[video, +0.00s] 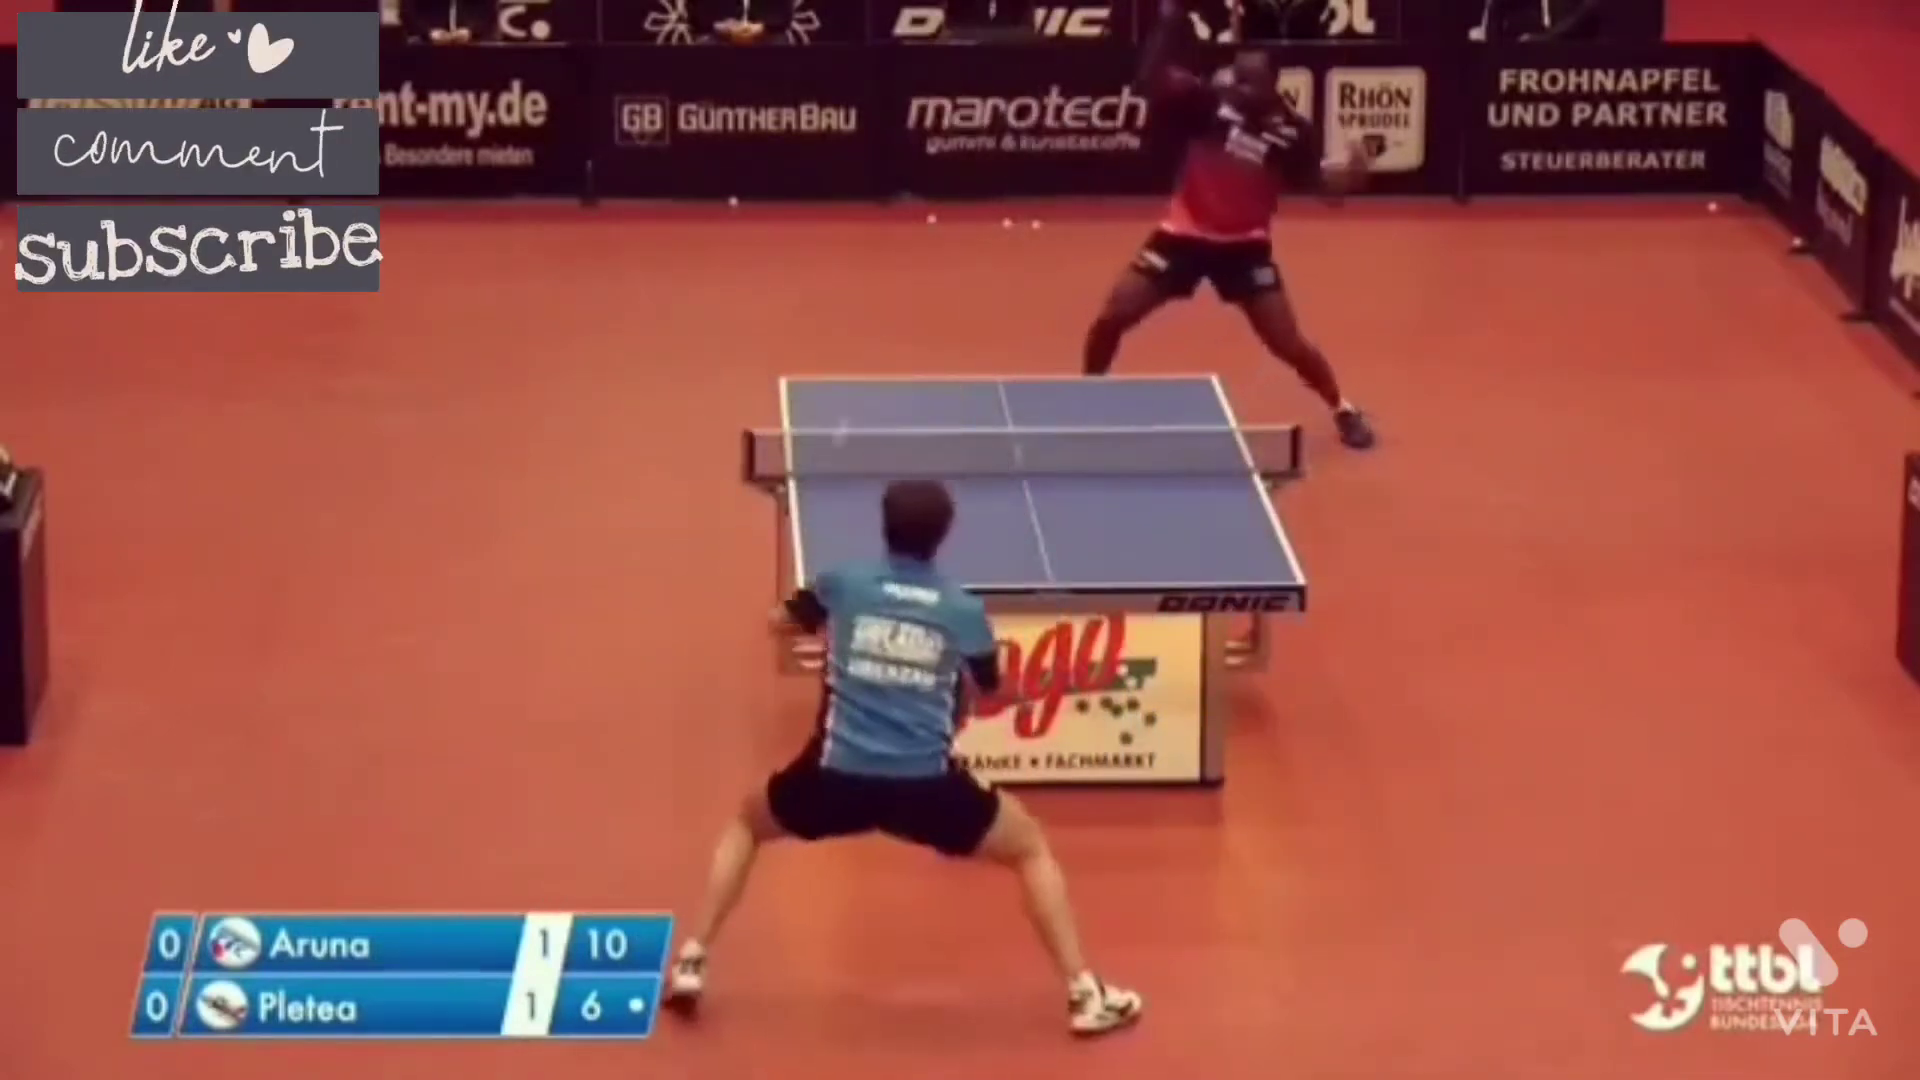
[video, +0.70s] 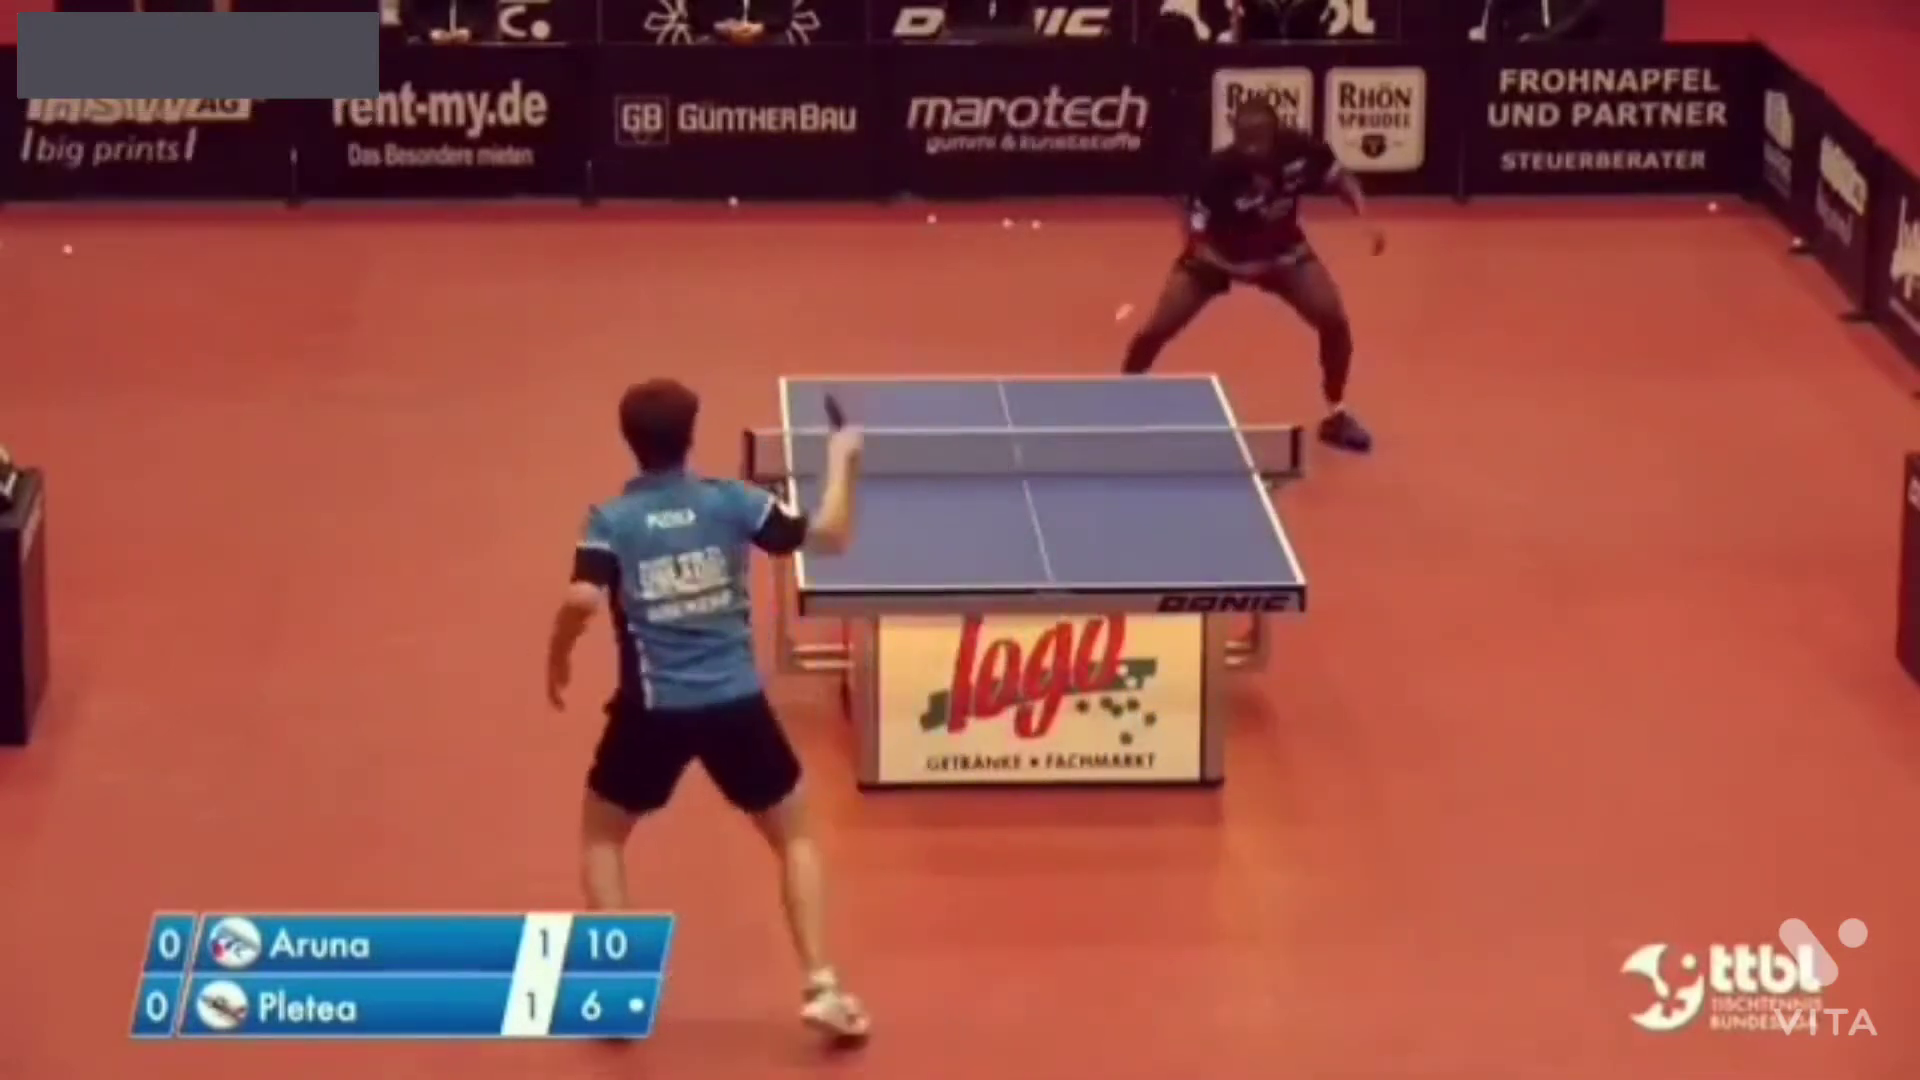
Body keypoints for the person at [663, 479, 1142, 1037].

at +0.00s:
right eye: (937, 521)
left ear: (885, 528)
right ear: (942, 535)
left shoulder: (842, 583)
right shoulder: (962, 610)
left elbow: (788, 620)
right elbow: (989, 696)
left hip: (836, 780)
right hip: (926, 787)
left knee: (749, 826)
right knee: (1030, 850)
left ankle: (692, 957)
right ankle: (1085, 992)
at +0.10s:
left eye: (844, 495)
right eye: (879, 499)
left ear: (832, 509)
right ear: (888, 514)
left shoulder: (803, 566)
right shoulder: (920, 588)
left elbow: (746, 599)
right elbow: (915, 655)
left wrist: (788, 562)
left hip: (814, 762)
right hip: (900, 766)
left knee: (731, 826)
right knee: (999, 860)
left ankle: (692, 969)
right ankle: (1083, 985)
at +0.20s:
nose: (733, 461)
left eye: (738, 453)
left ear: (744, 464)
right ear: (798, 466)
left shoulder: (736, 514)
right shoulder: (824, 527)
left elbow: (690, 532)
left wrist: (739, 514)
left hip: (777, 719)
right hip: (857, 716)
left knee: (718, 828)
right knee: (945, 848)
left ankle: (690, 970)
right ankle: (1034, 967)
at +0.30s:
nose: (684, 437)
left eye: (686, 429)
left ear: (695, 437)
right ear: (752, 430)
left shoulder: (700, 492)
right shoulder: (781, 486)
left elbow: (639, 510)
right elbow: (789, 494)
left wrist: (661, 497)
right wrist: (805, 480)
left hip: (765, 688)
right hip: (842, 678)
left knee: (705, 818)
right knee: (901, 823)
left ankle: (688, 967)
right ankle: (964, 969)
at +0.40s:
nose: (649, 422)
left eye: (647, 412)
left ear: (650, 419)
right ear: (708, 405)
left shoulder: (663, 487)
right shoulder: (761, 454)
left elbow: (577, 543)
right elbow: (813, 449)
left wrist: (601, 508)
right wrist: (839, 407)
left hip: (731, 674)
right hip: (811, 661)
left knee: (668, 817)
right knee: (861, 815)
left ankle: (634, 970)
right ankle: (917, 954)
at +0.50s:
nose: (627, 439)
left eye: (627, 430)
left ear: (629, 442)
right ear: (686, 429)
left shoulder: (637, 512)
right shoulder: (734, 482)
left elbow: (582, 584)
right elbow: (814, 455)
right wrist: (852, 375)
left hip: (687, 705)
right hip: (765, 694)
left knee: (639, 845)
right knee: (828, 829)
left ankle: (627, 990)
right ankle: (898, 956)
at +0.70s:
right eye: (685, 426)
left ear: (628, 440)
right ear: (691, 435)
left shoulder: (612, 519)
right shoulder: (730, 501)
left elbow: (580, 602)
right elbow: (829, 535)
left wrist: (558, 661)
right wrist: (842, 465)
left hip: (653, 715)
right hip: (737, 710)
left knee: (603, 835)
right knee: (794, 834)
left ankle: (614, 981)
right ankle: (821, 984)